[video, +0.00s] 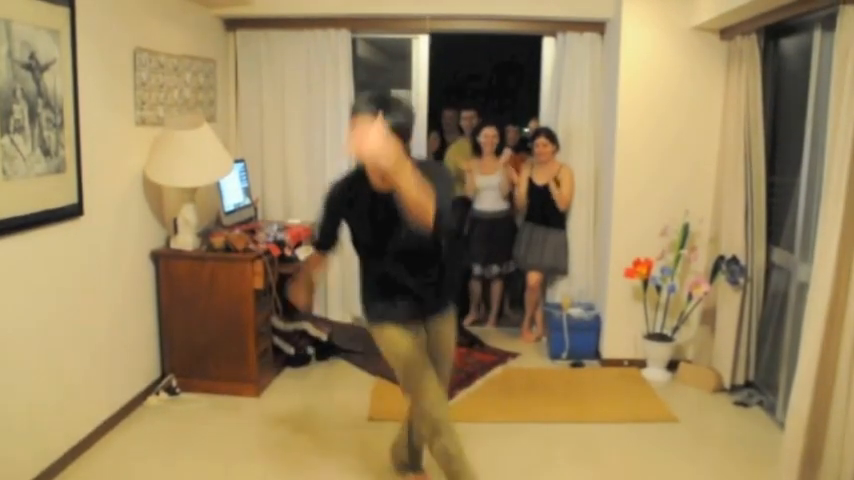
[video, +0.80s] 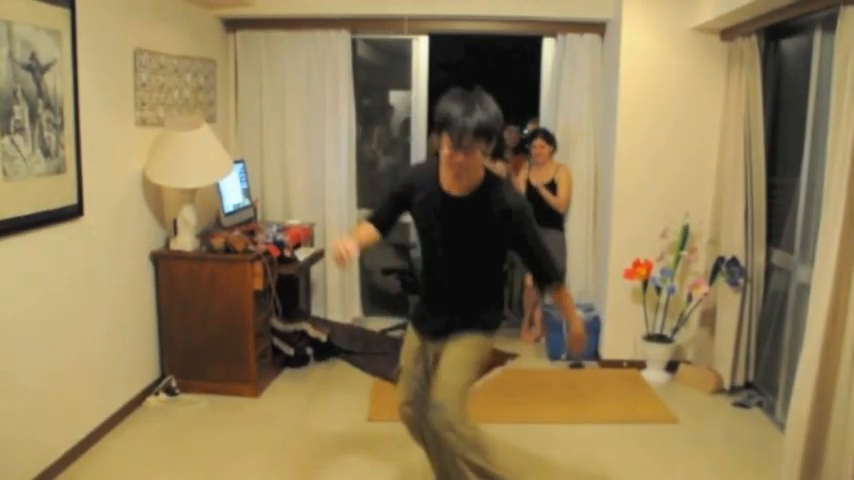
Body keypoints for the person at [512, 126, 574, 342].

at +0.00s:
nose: (540, 150)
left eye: (545, 145)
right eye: (537, 145)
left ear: (554, 147)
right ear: (533, 148)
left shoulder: (563, 171)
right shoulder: (527, 169)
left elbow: (563, 204)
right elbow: (521, 204)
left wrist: (552, 183)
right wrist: (519, 186)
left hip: (552, 229)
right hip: (531, 226)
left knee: (534, 278)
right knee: (536, 282)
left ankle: (526, 323)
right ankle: (540, 325)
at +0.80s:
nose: (537, 151)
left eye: (542, 146)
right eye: (534, 147)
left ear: (551, 149)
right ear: (529, 150)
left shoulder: (561, 171)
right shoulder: (525, 172)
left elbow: (561, 205)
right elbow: (519, 197)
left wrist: (540, 188)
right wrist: (520, 176)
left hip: (552, 231)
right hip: (531, 230)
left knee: (548, 281)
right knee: (531, 280)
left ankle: (527, 324)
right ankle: (537, 325)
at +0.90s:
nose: (537, 151)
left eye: (542, 146)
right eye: (534, 146)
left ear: (552, 149)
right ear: (529, 150)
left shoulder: (560, 172)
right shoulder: (523, 172)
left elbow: (560, 205)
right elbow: (516, 200)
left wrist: (550, 183)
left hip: (550, 231)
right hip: (527, 228)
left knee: (532, 278)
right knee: (535, 282)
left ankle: (526, 323)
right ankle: (538, 325)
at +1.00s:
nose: (537, 152)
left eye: (542, 147)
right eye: (534, 147)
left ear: (551, 149)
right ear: (529, 150)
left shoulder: (560, 172)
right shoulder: (524, 172)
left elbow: (561, 205)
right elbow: (518, 200)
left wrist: (548, 183)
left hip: (550, 232)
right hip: (527, 229)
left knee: (532, 278)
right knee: (535, 283)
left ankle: (525, 323)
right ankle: (539, 327)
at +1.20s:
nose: (537, 152)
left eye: (542, 147)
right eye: (534, 147)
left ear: (552, 150)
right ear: (529, 151)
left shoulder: (560, 172)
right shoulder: (523, 173)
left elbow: (562, 206)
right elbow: (516, 201)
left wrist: (538, 196)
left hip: (548, 231)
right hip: (524, 230)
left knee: (531, 279)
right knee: (534, 283)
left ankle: (525, 323)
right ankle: (538, 326)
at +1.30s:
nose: (537, 152)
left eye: (542, 148)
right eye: (534, 148)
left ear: (552, 150)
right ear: (529, 151)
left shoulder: (561, 172)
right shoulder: (526, 171)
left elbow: (562, 206)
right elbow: (521, 201)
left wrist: (542, 189)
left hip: (550, 231)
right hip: (529, 228)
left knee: (532, 278)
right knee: (534, 283)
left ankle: (525, 323)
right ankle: (538, 327)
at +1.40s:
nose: (537, 153)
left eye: (542, 148)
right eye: (534, 148)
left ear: (552, 150)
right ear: (530, 151)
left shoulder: (561, 172)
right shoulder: (525, 172)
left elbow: (562, 206)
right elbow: (519, 207)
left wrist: (548, 186)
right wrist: (517, 189)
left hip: (550, 231)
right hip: (529, 229)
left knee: (532, 279)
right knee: (535, 284)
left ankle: (525, 324)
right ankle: (538, 327)